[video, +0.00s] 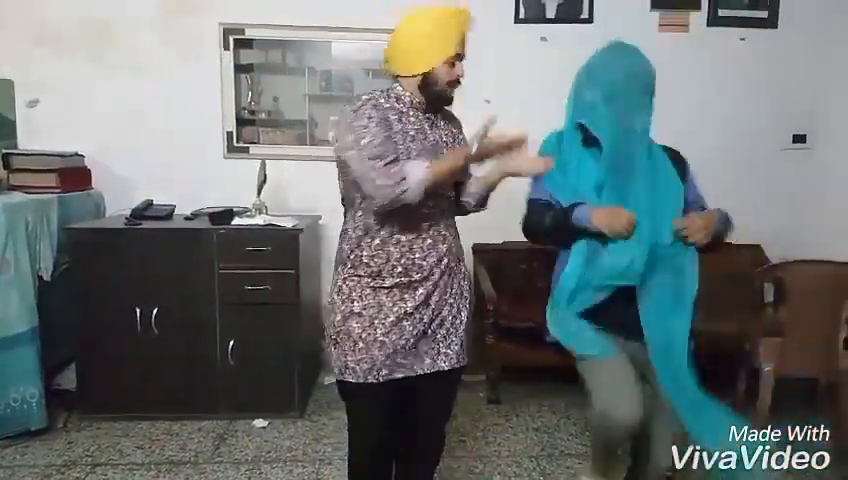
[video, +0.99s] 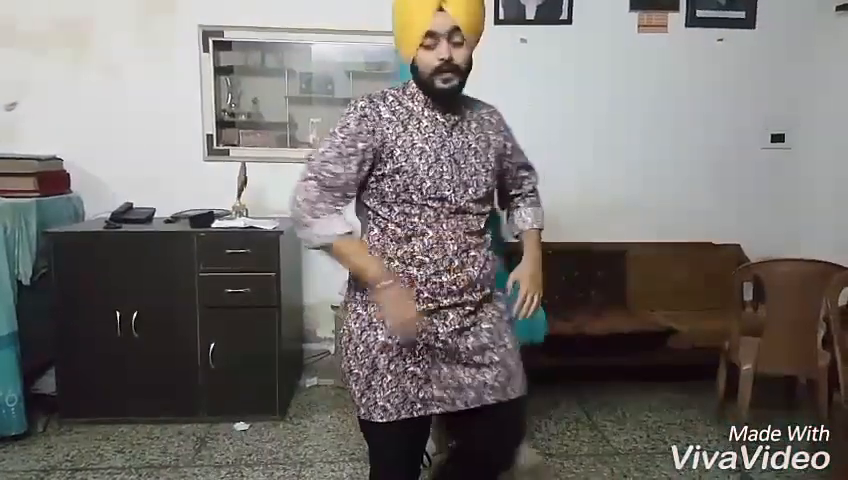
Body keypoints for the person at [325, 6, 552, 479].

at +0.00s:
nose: (460, 73)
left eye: (460, 62)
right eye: (452, 63)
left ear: (434, 65)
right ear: (418, 63)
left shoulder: (447, 124)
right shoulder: (367, 119)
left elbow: (457, 199)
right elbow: (385, 190)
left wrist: (499, 167)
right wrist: (470, 153)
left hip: (441, 311)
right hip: (375, 312)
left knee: (423, 453)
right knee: (374, 454)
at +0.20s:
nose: (474, 107)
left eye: (477, 100)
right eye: (470, 99)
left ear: (444, 87)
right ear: (444, 90)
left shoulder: (439, 123)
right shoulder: (381, 111)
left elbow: (449, 205)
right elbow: (406, 188)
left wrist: (470, 169)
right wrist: (461, 153)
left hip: (435, 296)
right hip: (389, 300)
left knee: (423, 433)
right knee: (391, 435)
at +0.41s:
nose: (477, 80)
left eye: (478, 68)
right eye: (473, 67)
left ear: (444, 65)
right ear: (443, 65)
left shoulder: (432, 122)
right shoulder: (396, 113)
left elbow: (446, 204)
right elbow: (411, 216)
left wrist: (487, 246)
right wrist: (485, 269)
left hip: (423, 302)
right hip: (388, 307)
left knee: (410, 448)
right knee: (395, 454)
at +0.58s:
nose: (479, 68)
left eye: (479, 56)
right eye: (473, 55)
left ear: (442, 57)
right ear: (444, 56)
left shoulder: (452, 126)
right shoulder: (391, 114)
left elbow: (454, 195)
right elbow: (419, 211)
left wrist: (489, 199)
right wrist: (512, 222)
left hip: (434, 298)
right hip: (385, 303)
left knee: (419, 442)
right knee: (398, 451)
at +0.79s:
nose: (473, 60)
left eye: (476, 47)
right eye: (463, 46)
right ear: (425, 46)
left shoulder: (473, 124)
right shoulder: (376, 116)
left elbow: (489, 192)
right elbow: (384, 209)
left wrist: (529, 218)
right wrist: (489, 211)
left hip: (457, 307)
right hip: (391, 310)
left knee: (436, 447)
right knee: (400, 460)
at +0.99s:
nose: (447, 53)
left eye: (458, 40)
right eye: (431, 40)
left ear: (472, 48)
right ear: (409, 48)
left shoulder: (488, 121)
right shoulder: (374, 116)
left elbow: (522, 187)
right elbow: (313, 200)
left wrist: (531, 255)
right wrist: (381, 281)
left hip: (476, 319)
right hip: (390, 324)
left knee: (496, 443)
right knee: (397, 465)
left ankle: (451, 474)